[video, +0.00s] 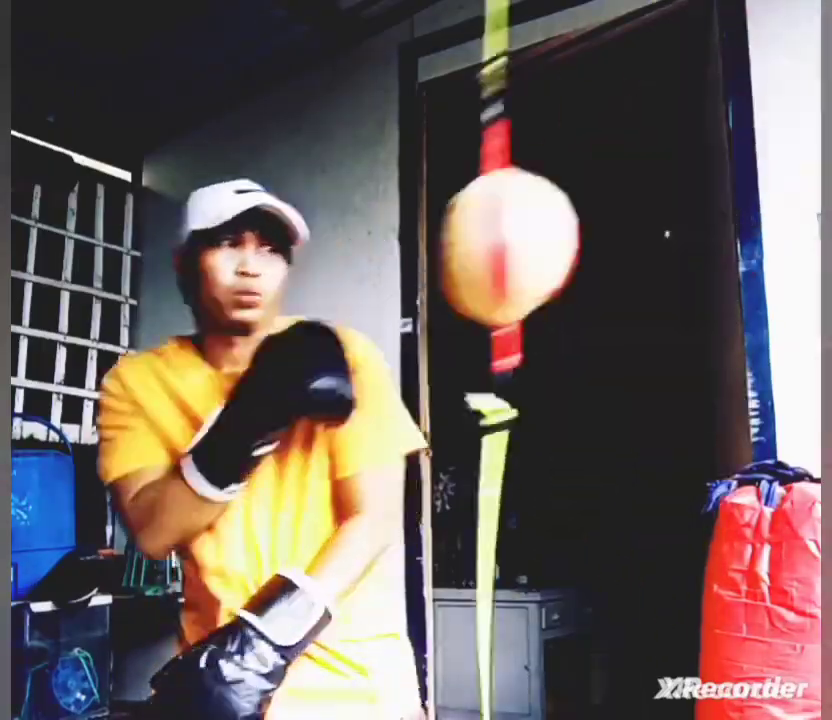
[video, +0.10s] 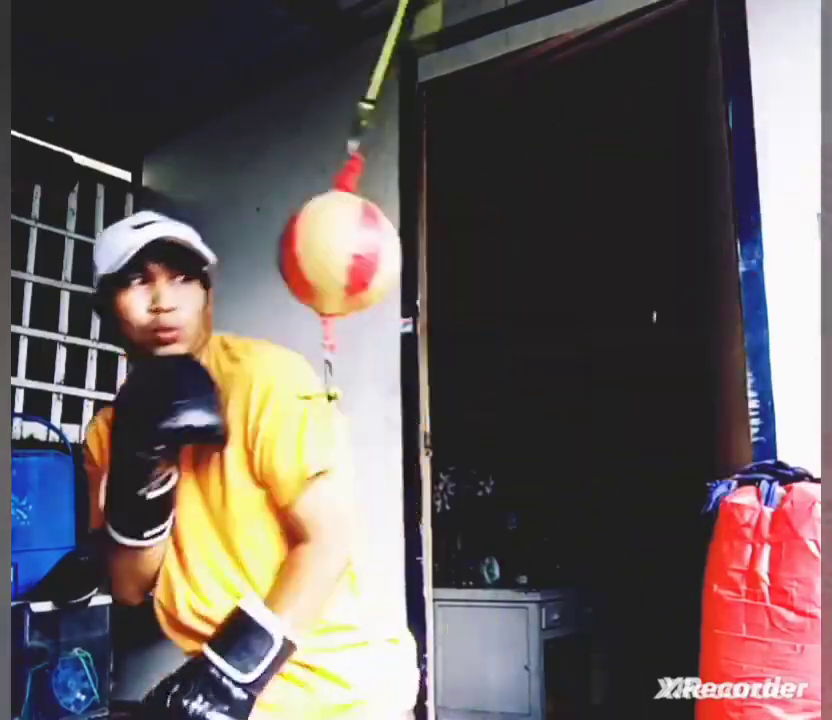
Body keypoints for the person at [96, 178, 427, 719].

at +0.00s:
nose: (250, 266)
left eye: (268, 248)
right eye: (228, 244)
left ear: (286, 267)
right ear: (189, 264)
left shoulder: (345, 356)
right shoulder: (138, 381)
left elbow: (375, 519)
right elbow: (153, 531)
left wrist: (263, 641)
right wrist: (241, 430)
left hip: (356, 682)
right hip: (222, 685)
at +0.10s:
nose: (163, 300)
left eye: (181, 277)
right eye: (139, 281)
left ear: (207, 291)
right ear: (111, 307)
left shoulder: (271, 379)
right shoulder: (108, 432)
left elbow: (328, 538)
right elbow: (128, 588)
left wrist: (230, 671)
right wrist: (144, 474)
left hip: (335, 679)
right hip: (216, 680)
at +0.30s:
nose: (228, 289)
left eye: (242, 272)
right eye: (202, 271)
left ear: (260, 288)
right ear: (153, 296)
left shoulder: (325, 379)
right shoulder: (116, 428)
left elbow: (377, 528)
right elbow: (150, 581)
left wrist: (282, 654)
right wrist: (188, 464)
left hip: (353, 688)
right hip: (213, 695)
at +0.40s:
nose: (336, 266)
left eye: (343, 250)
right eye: (311, 245)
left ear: (353, 260)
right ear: (251, 261)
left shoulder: (383, 380)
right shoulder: (185, 365)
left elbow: (409, 517)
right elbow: (205, 502)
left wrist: (370, 609)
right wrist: (298, 378)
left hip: (368, 683)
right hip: (222, 687)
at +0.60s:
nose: (491, 333)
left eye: (496, 321)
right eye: (473, 307)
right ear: (411, 306)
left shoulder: (426, 424)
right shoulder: (343, 352)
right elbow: (364, 464)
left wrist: (392, 644)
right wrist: (484, 418)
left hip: (319, 692)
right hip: (230, 685)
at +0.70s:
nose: (519, 372)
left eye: (525, 360)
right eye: (503, 346)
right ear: (441, 344)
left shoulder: (439, 473)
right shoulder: (345, 401)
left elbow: (403, 605)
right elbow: (293, 562)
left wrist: (408, 685)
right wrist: (446, 516)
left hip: (315, 702)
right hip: (205, 694)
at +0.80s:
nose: (483, 371)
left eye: (492, 361)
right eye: (468, 343)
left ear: (491, 384)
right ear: (410, 337)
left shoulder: (421, 480)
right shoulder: (301, 391)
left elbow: (376, 627)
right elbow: (235, 552)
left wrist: (395, 676)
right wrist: (403, 504)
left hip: (303, 706)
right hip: (191, 693)